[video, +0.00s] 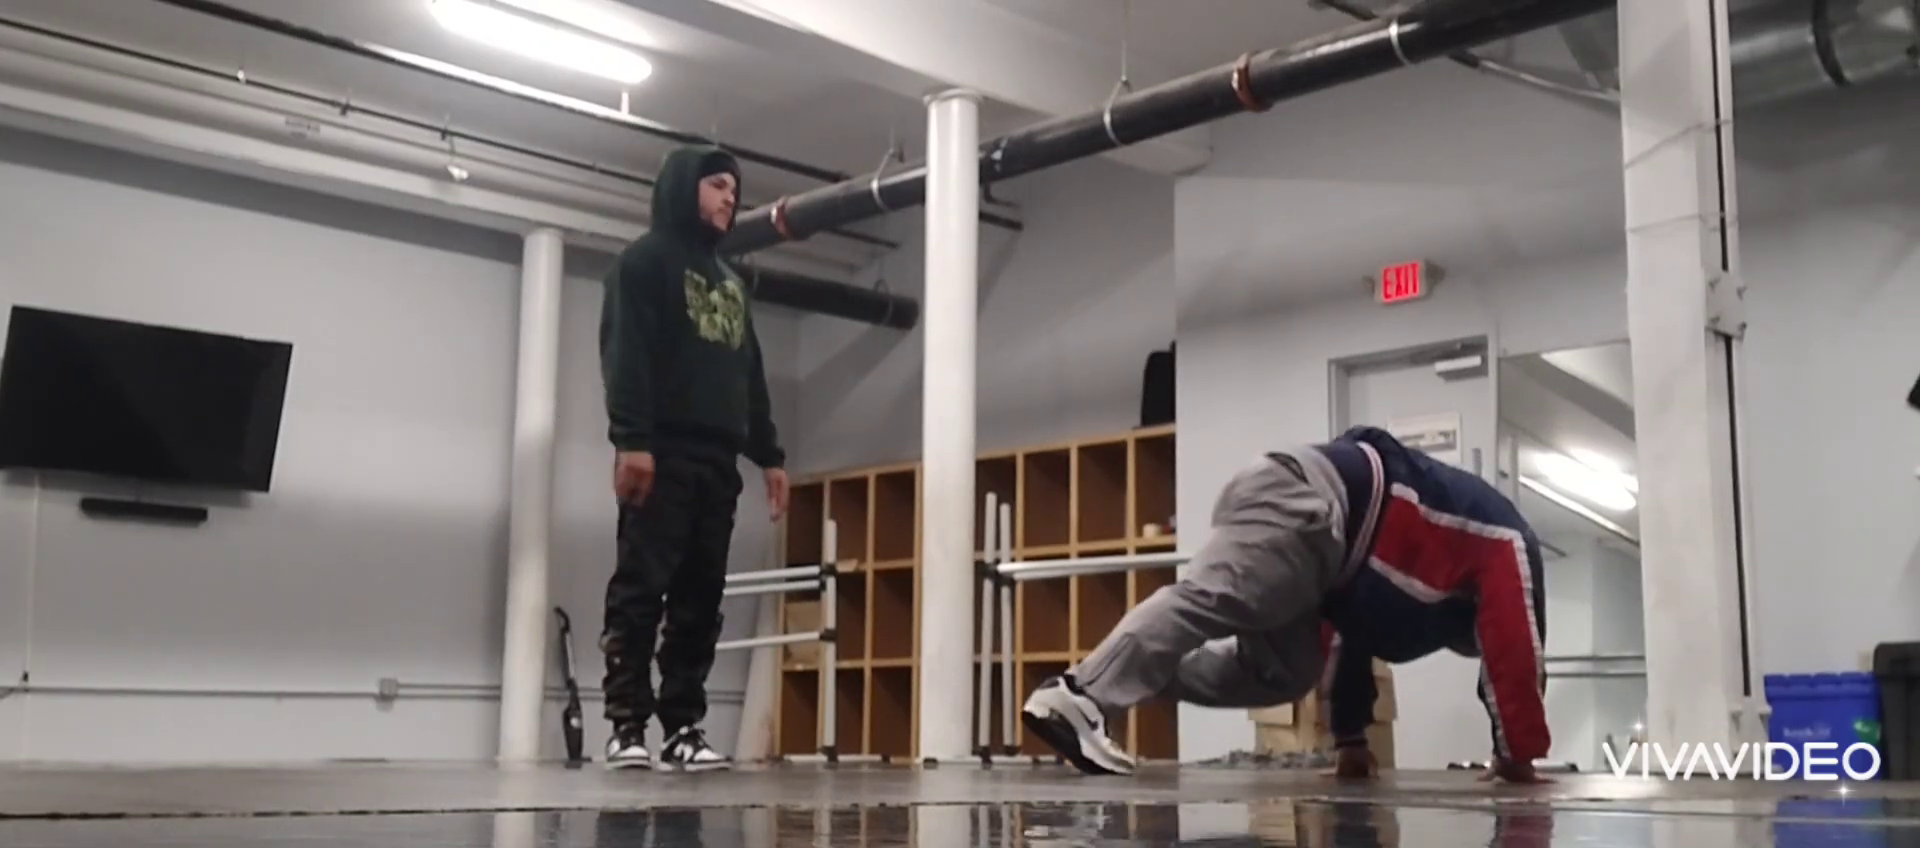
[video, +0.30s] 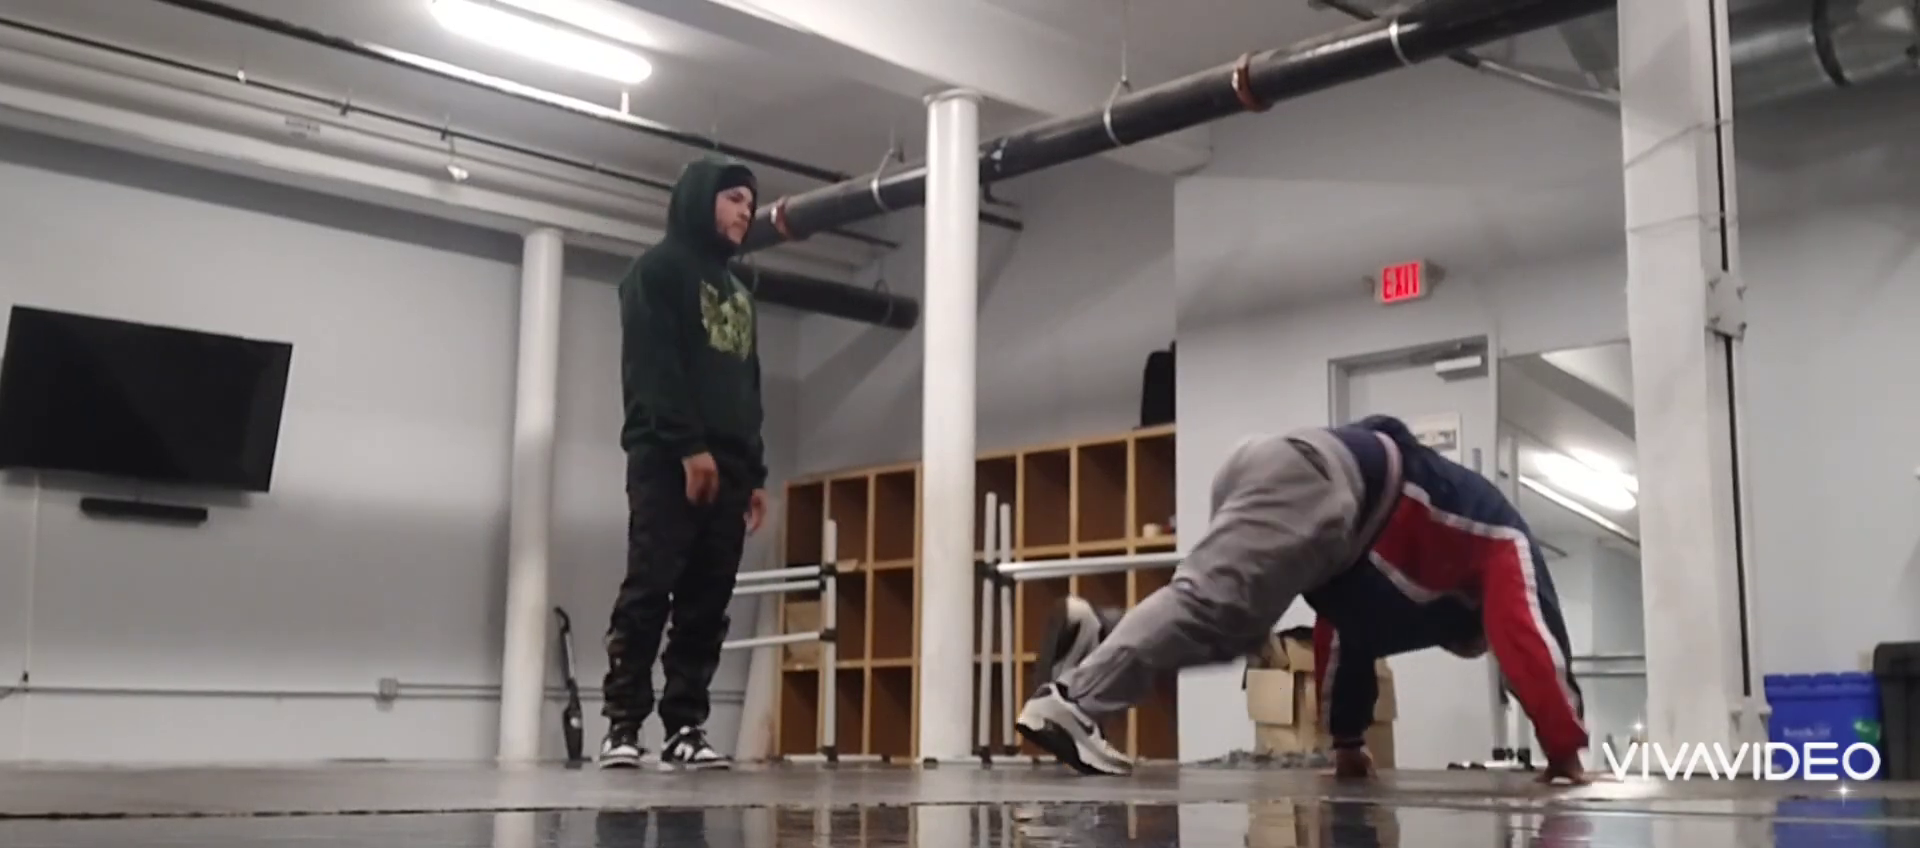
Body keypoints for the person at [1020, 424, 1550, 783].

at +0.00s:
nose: (1501, 646)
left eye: (1512, 633)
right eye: (1513, 631)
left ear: (1497, 597)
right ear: (1522, 586)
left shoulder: (1420, 600)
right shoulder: (1508, 537)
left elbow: (1353, 649)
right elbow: (1512, 652)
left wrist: (1350, 743)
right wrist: (1523, 755)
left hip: (1315, 572)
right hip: (1309, 498)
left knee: (1278, 672)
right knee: (1213, 599)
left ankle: (1138, 671)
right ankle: (1078, 697)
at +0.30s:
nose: (1470, 655)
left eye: (1468, 649)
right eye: (1482, 647)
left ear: (1457, 620)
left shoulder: (1383, 591)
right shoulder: (1503, 539)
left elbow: (1348, 657)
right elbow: (1525, 641)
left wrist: (1348, 744)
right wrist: (1568, 754)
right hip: (1316, 472)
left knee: (1227, 622)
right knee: (1214, 606)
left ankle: (1098, 643)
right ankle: (1071, 704)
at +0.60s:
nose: (1513, 638)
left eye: (1520, 635)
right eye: (1526, 632)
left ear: (1504, 605)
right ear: (1542, 595)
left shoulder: (1426, 591)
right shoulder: (1550, 532)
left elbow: (1408, 659)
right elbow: (1578, 645)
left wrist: (1419, 748)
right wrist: (1610, 750)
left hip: (1294, 436)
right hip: (1357, 463)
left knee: (1253, 596)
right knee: (1225, 605)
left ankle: (1136, 546)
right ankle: (1071, 714)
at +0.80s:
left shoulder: (1485, 586)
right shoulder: (1604, 557)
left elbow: (1426, 645)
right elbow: (1601, 689)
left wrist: (1436, 748)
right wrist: (1648, 773)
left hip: (1366, 442)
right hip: (1421, 507)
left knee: (1273, 552)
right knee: (1239, 630)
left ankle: (1178, 536)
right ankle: (1078, 717)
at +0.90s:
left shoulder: (1497, 587)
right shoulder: (1622, 552)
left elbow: (1443, 641)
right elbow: (1620, 676)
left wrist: (1454, 752)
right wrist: (1643, 764)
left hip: (1354, 460)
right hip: (1425, 511)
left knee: (1315, 597)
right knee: (1248, 639)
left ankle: (1224, 603)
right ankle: (1082, 722)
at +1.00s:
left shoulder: (1506, 575)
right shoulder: (1624, 547)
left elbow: (1454, 645)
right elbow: (1618, 680)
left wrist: (1457, 751)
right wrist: (1645, 764)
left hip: (1351, 463)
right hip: (1419, 516)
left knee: (1323, 591)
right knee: (1244, 640)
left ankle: (1211, 597)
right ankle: (1077, 720)